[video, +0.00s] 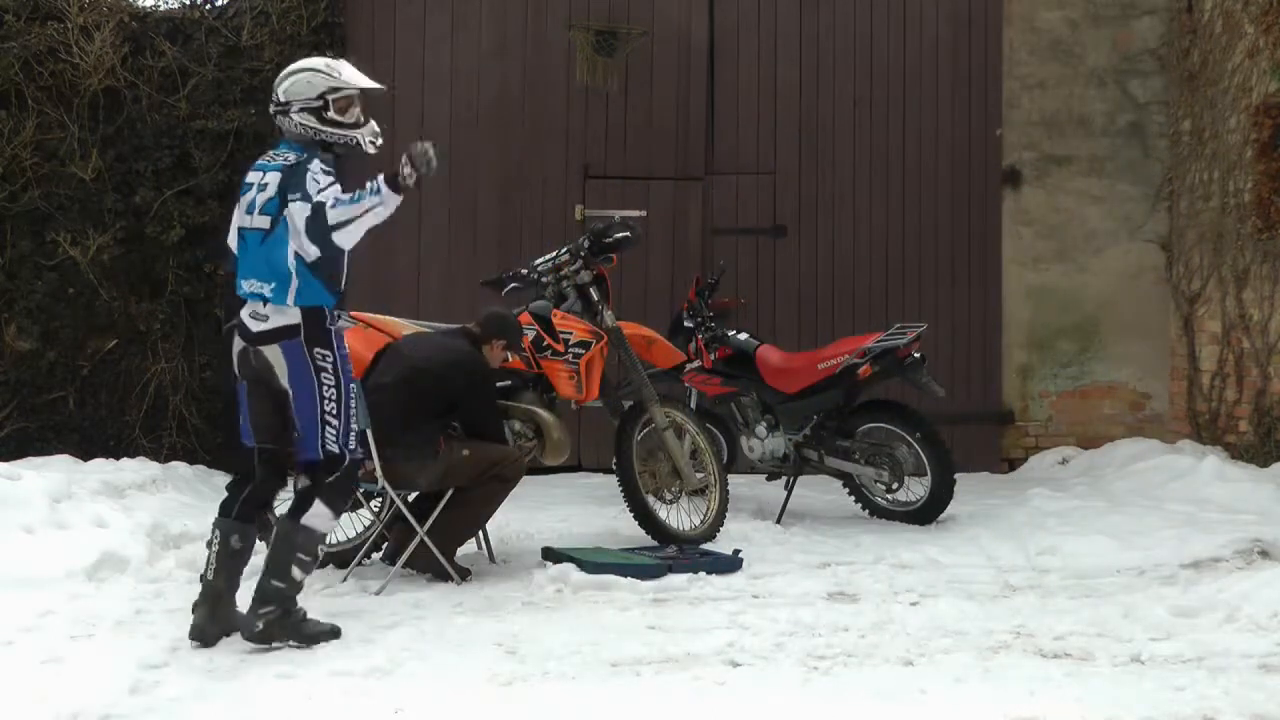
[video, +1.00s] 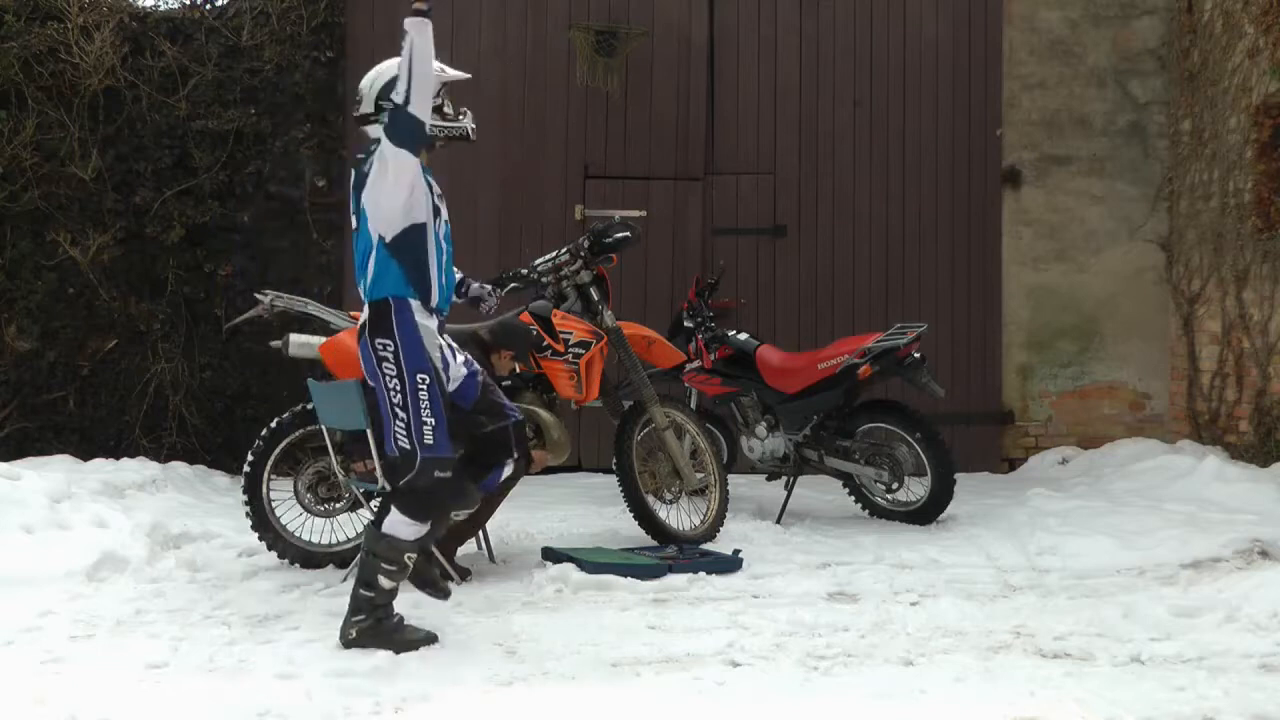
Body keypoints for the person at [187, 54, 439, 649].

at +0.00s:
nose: (355, 116)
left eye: (355, 105)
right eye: (343, 107)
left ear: (292, 117)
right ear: (308, 113)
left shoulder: (263, 169)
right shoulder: (311, 168)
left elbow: (241, 248)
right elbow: (324, 231)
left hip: (252, 334)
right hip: (300, 333)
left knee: (265, 468)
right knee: (339, 468)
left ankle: (214, 603)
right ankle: (274, 604)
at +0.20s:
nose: (371, 132)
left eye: (376, 122)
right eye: (360, 119)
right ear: (327, 117)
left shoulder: (289, 172)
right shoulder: (314, 174)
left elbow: (266, 256)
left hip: (311, 329)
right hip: (299, 331)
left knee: (389, 435)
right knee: (326, 471)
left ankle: (282, 515)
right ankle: (268, 616)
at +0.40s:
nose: (394, 105)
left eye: (395, 94)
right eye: (384, 92)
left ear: (350, 97)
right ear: (348, 95)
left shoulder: (351, 159)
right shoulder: (324, 158)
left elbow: (397, 233)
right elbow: (392, 227)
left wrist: (476, 260)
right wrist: (477, 260)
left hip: (352, 319)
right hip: (320, 320)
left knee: (399, 436)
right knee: (338, 459)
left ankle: (358, 586)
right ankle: (273, 604)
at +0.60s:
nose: (402, 115)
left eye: (401, 105)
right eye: (393, 104)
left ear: (363, 110)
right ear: (363, 109)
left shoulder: (385, 166)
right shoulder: (325, 181)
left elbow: (419, 122)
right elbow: (304, 272)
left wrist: (441, 60)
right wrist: (380, 313)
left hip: (376, 331)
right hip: (347, 334)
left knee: (396, 457)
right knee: (455, 437)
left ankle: (357, 597)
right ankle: (360, 520)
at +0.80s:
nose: (419, 100)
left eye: (416, 91)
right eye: (407, 91)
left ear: (386, 100)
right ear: (377, 98)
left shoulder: (414, 160)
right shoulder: (345, 164)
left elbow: (460, 167)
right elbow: (305, 203)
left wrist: (512, 151)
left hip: (407, 318)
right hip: (383, 320)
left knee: (404, 465)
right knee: (452, 453)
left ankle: (353, 598)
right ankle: (385, 597)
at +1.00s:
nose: (449, 108)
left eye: (446, 99)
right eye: (438, 100)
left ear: (420, 112)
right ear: (402, 109)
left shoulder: (416, 178)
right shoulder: (391, 167)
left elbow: (423, 268)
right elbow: (413, 92)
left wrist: (478, 290)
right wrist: (417, 23)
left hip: (427, 329)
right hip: (395, 327)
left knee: (501, 438)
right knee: (432, 466)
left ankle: (425, 541)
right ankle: (367, 612)